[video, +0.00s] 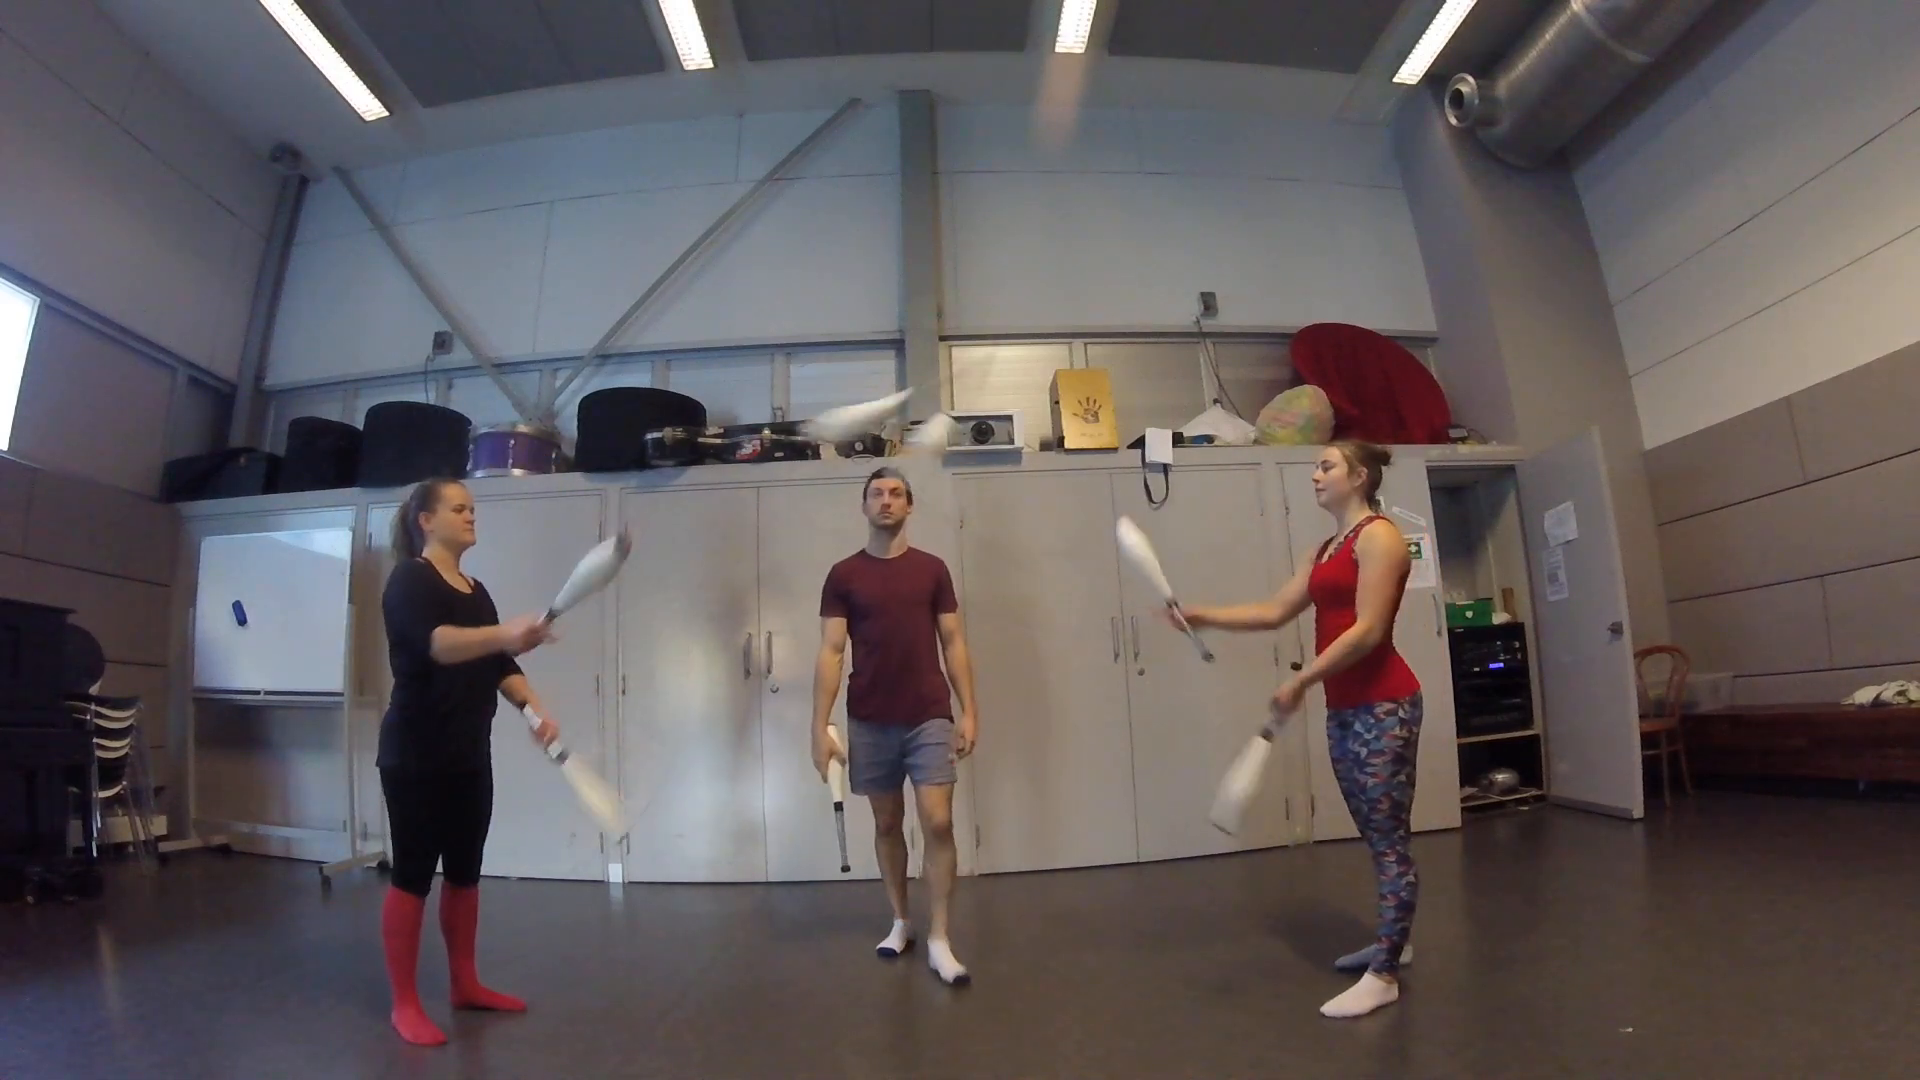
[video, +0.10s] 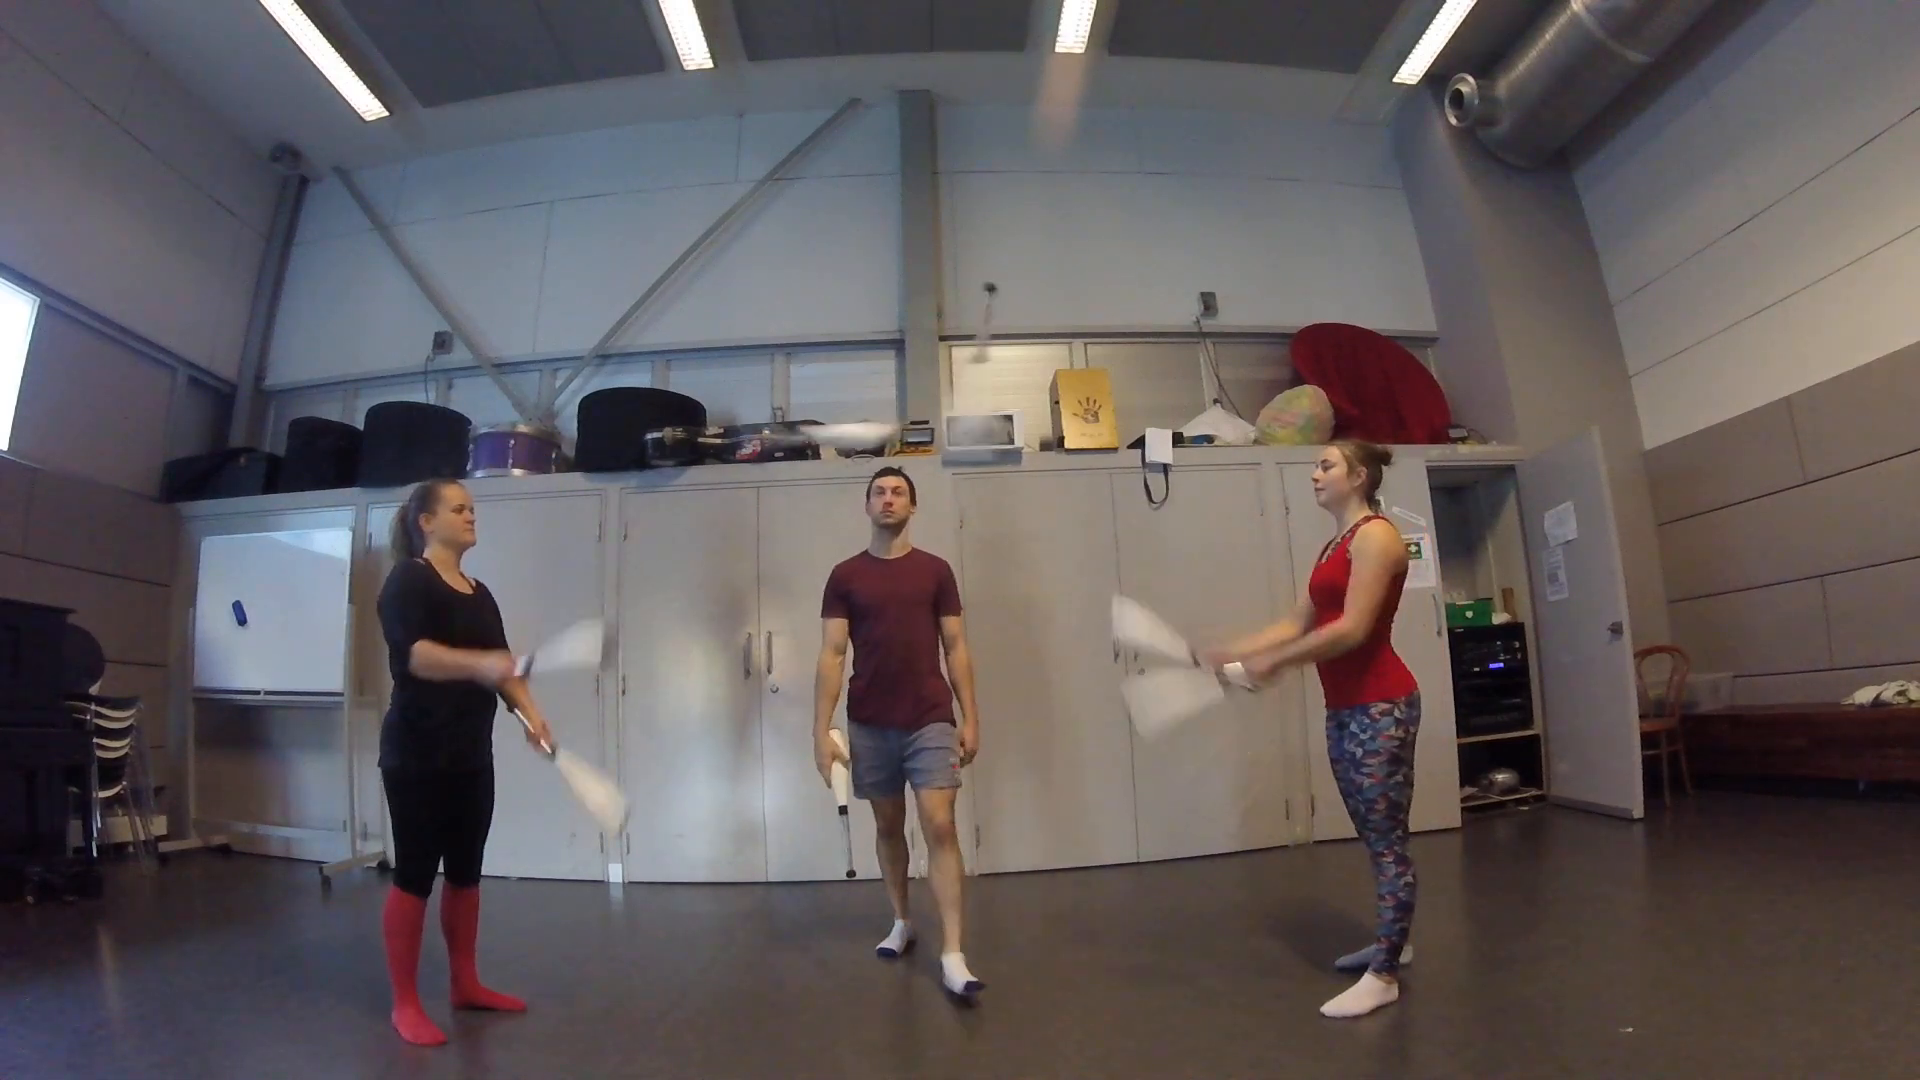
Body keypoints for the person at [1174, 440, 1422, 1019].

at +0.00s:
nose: (1315, 477)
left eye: (1327, 467)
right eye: (1316, 468)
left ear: (1361, 478)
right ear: (1335, 479)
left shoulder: (1380, 536)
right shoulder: (1327, 549)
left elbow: (1371, 629)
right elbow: (1274, 613)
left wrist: (1302, 678)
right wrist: (1199, 616)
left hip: (1383, 706)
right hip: (1347, 708)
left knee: (1388, 838)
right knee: (1377, 834)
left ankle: (1384, 976)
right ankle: (1394, 942)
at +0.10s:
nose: (1315, 476)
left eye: (1327, 467)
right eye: (1316, 467)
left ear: (1361, 476)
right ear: (1345, 479)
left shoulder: (1377, 536)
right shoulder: (1338, 543)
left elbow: (1355, 629)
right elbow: (1299, 624)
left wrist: (1274, 663)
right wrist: (1233, 653)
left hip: (1381, 708)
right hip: (1349, 708)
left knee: (1387, 839)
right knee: (1377, 835)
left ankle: (1384, 975)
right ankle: (1394, 943)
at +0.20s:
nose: (1314, 476)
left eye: (1325, 466)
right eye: (1315, 467)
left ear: (1360, 476)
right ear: (1349, 479)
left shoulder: (1374, 534)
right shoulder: (1341, 542)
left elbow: (1336, 616)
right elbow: (1308, 625)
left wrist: (1250, 613)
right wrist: (1267, 682)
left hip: (1379, 708)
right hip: (1349, 709)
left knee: (1386, 838)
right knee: (1376, 833)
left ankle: (1385, 974)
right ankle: (1392, 943)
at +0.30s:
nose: (1313, 474)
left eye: (1324, 465)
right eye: (1314, 465)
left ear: (1358, 476)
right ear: (1340, 479)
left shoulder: (1372, 533)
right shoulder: (1337, 543)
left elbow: (1324, 601)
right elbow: (1312, 625)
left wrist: (1245, 565)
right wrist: (1286, 686)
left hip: (1377, 706)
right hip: (1348, 708)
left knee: (1384, 837)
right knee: (1376, 834)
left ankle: (1384, 975)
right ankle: (1392, 943)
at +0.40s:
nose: (1312, 476)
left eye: (1323, 467)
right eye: (1313, 467)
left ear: (1357, 477)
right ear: (1349, 480)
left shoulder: (1372, 532)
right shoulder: (1342, 540)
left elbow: (1323, 594)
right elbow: (1325, 620)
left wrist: (1244, 585)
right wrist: (1294, 675)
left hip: (1375, 706)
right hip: (1350, 707)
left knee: (1384, 838)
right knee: (1378, 834)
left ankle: (1385, 975)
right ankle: (1392, 944)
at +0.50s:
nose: (1312, 476)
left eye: (1323, 467)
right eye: (1313, 467)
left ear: (1355, 477)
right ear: (1339, 479)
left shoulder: (1369, 534)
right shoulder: (1342, 540)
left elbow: (1343, 607)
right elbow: (1333, 631)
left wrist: (1265, 635)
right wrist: (1273, 650)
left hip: (1374, 707)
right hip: (1351, 707)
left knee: (1383, 838)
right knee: (1377, 834)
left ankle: (1383, 975)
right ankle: (1392, 944)